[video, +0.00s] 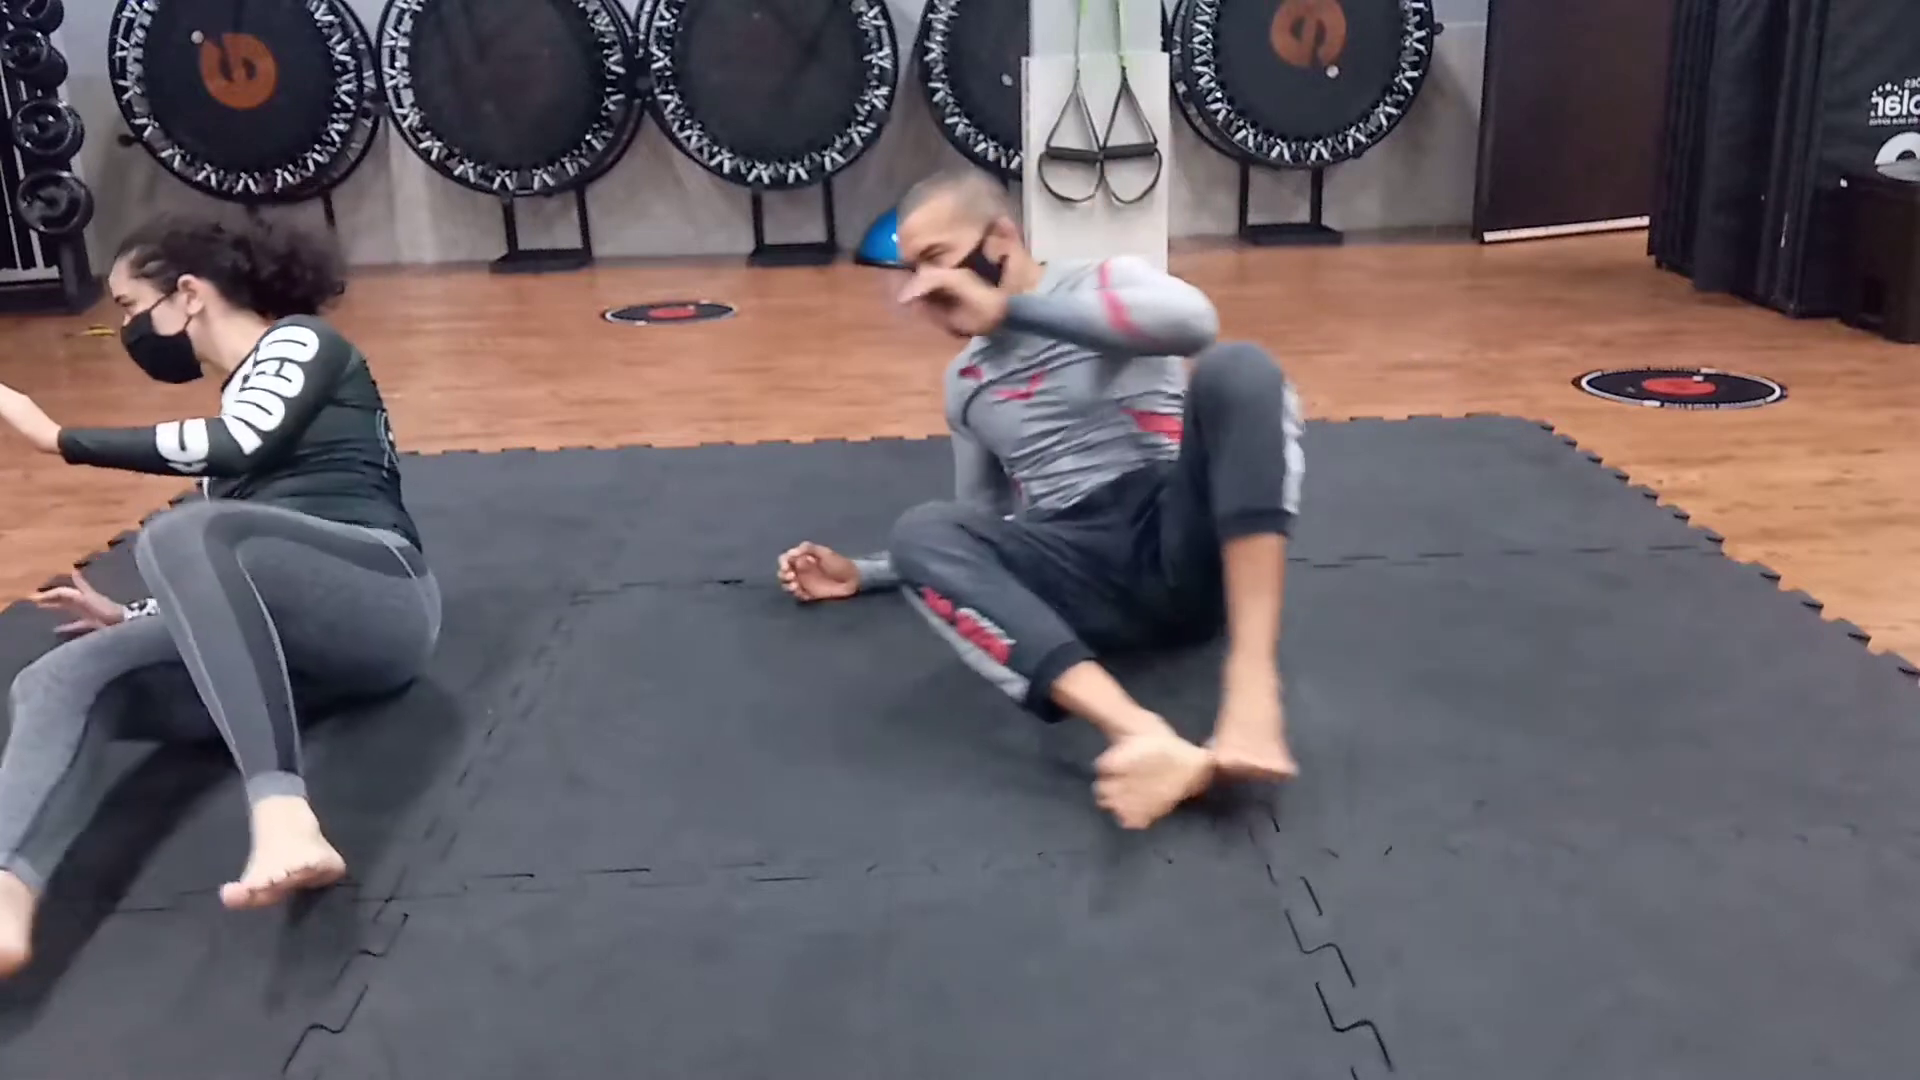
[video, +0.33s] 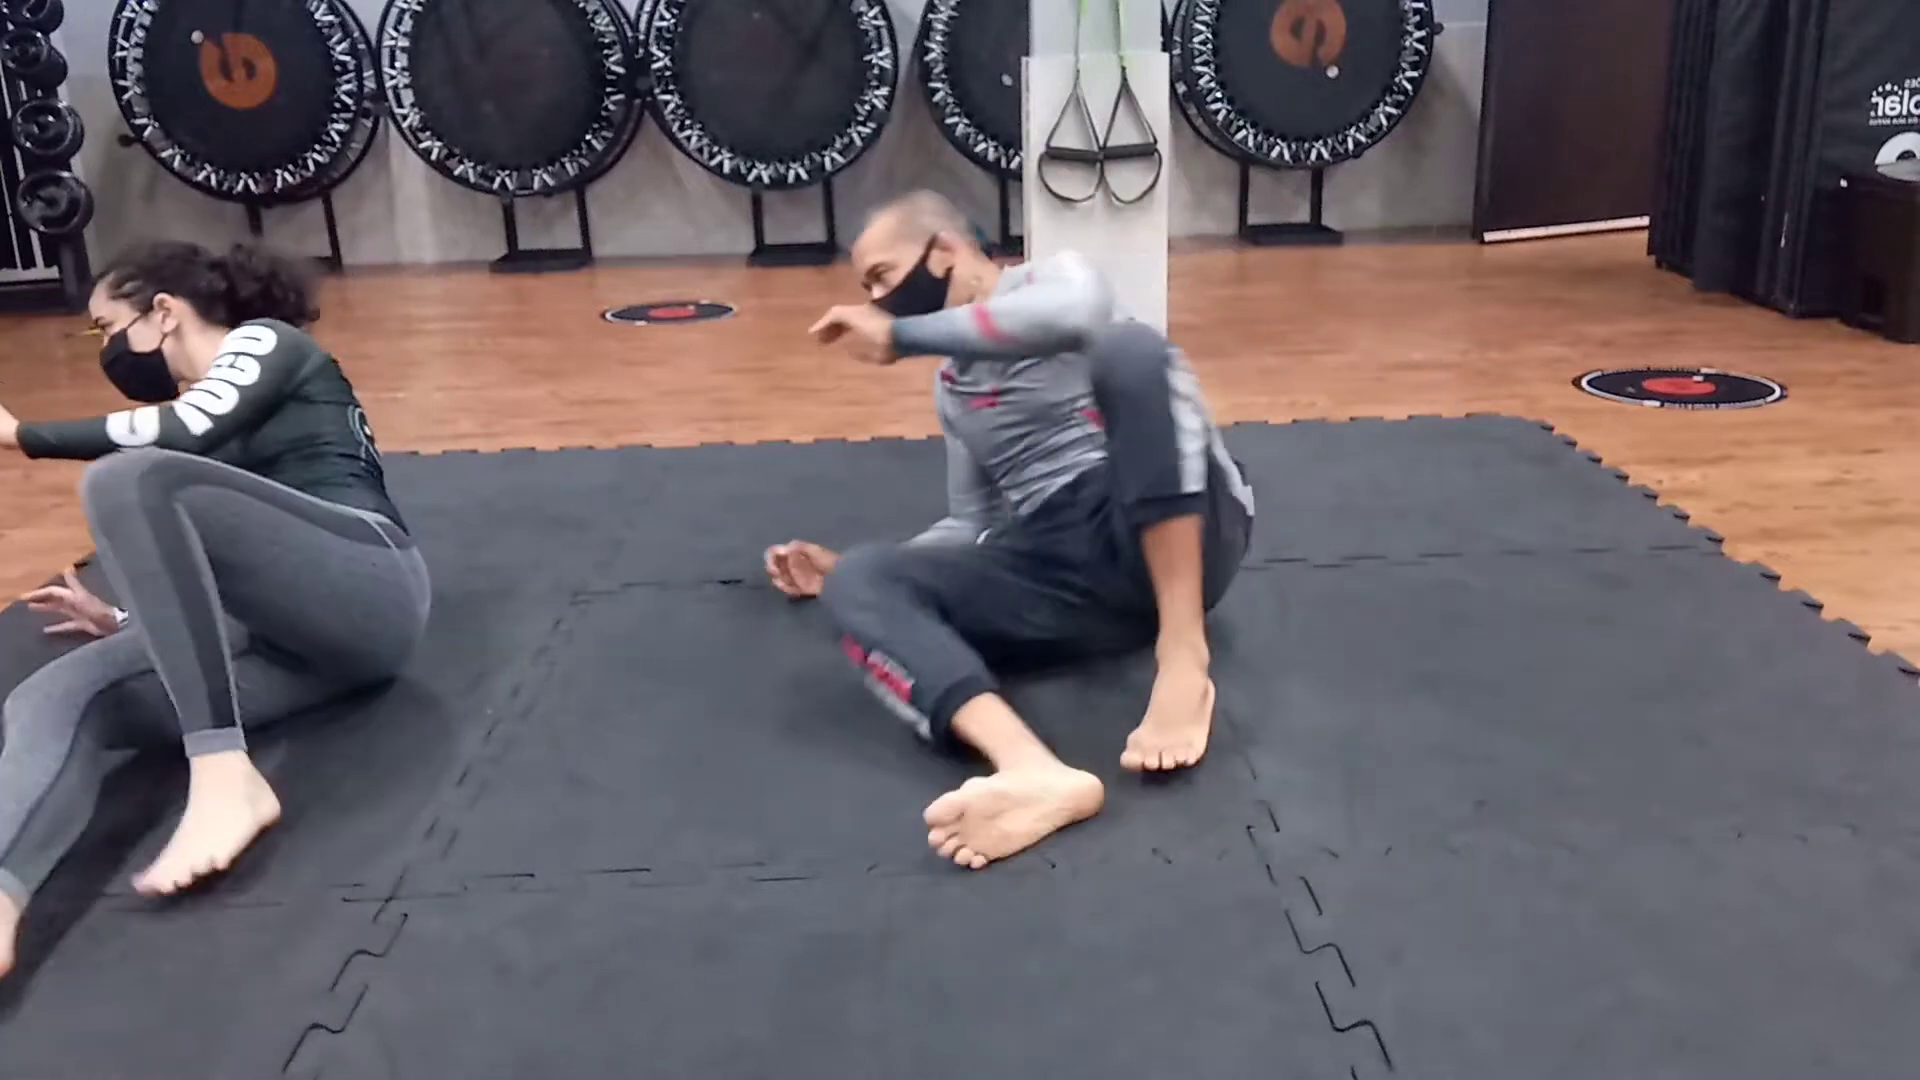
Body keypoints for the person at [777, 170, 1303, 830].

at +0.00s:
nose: (925, 287)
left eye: (938, 260)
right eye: (914, 272)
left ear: (1002, 242)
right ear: (914, 281)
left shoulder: (1103, 284)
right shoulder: (967, 386)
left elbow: (1194, 323)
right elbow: (977, 526)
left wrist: (1010, 308)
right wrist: (863, 574)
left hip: (1182, 536)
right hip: (1071, 570)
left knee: (1240, 367)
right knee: (920, 536)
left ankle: (1253, 689)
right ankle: (1143, 736)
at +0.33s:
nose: (876, 302)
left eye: (882, 277)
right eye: (869, 291)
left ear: (947, 251)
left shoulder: (1054, 274)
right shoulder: (956, 385)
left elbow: (1074, 320)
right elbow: (972, 524)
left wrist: (900, 334)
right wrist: (847, 574)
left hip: (1154, 532)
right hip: (1044, 570)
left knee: (1129, 349)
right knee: (857, 579)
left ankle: (1183, 657)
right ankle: (1033, 768)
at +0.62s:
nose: (849, 329)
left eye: (848, 300)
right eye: (840, 318)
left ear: (901, 268)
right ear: (903, 277)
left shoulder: (1015, 275)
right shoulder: (955, 391)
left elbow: (969, 335)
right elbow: (971, 529)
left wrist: (840, 381)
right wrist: (843, 558)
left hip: (1152, 541)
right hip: (1034, 586)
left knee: (1046, 379)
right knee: (829, 640)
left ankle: (1175, 667)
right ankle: (1020, 770)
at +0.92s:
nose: (837, 359)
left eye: (834, 335)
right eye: (823, 346)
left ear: (873, 292)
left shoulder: (962, 286)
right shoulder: (963, 398)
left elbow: (860, 373)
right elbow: (976, 531)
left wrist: (791, 432)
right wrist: (843, 555)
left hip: (1167, 517)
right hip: (1064, 578)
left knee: (993, 419)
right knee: (840, 643)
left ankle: (1175, 676)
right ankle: (1001, 775)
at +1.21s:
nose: (841, 354)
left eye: (839, 335)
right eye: (841, 340)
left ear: (869, 302)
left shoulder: (952, 299)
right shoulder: (964, 414)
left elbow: (806, 374)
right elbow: (985, 533)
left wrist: (747, 444)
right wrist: (845, 554)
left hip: (1205, 495)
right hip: (1108, 578)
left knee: (1010, 423)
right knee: (888, 634)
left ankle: (1183, 688)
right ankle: (1007, 769)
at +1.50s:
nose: (857, 379)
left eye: (859, 352)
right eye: (850, 364)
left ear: (906, 313)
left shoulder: (973, 312)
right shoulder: (1001, 420)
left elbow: (796, 403)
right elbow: (976, 532)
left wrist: (707, 466)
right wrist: (848, 556)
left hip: (1280, 471)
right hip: (1210, 565)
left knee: (1099, 390)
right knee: (997, 626)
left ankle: (1189, 688)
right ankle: (1051, 769)